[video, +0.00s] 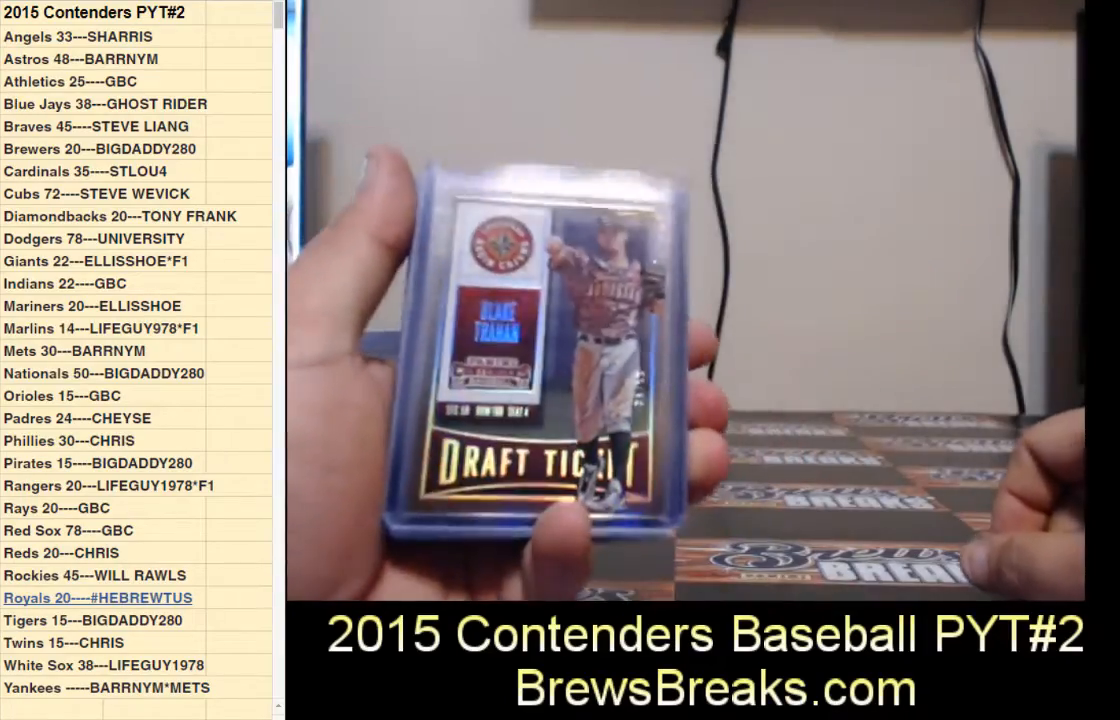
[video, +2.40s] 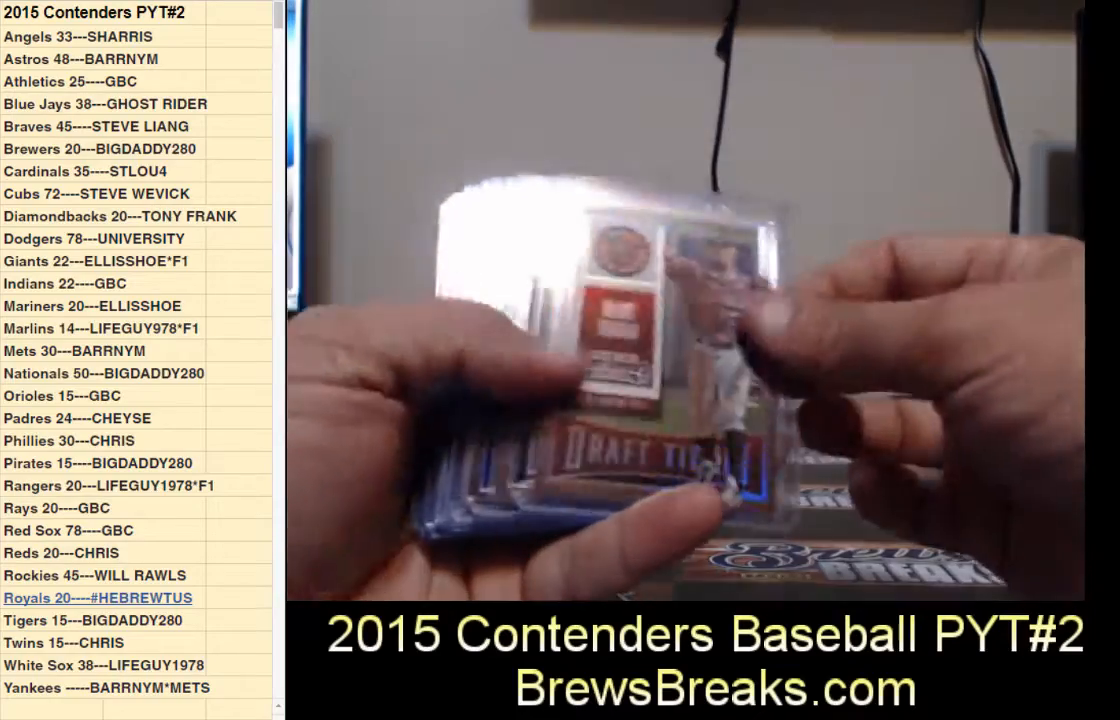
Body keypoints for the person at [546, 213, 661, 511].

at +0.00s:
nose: (610, 238)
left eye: (615, 233)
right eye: (605, 232)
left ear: (626, 237)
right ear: (597, 237)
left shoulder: (636, 272)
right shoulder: (585, 264)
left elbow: (655, 308)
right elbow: (569, 258)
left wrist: (659, 291)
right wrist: (559, 251)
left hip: (624, 348)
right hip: (589, 347)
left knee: (619, 415)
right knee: (586, 415)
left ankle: (617, 486)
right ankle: (589, 473)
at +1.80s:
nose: (629, 239)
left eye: (635, 234)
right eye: (625, 233)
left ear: (644, 240)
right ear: (620, 237)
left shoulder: (653, 270)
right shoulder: (605, 259)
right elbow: (578, 248)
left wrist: (680, 290)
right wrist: (581, 246)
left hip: (636, 336)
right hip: (604, 334)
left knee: (629, 399)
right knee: (599, 397)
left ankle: (626, 462)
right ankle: (598, 457)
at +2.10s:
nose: (651, 227)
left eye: (657, 221)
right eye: (647, 221)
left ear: (668, 225)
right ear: (641, 224)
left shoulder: (678, 257)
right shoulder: (629, 252)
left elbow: (697, 286)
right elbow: (603, 238)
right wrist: (610, 238)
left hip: (665, 318)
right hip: (634, 317)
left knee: (660, 382)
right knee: (629, 382)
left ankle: (661, 444)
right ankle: (631, 443)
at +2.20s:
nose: (672, 235)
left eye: (677, 229)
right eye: (667, 228)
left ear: (686, 233)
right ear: (659, 231)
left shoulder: (695, 263)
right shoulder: (648, 257)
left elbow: (711, 296)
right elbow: (622, 246)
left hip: (685, 328)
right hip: (654, 328)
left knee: (680, 393)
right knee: (650, 393)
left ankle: (681, 454)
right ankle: (653, 452)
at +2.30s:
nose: (702, 252)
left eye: (708, 247)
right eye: (698, 245)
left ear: (714, 249)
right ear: (691, 247)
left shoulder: (723, 275)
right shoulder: (675, 267)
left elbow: (735, 307)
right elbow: (645, 257)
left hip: (714, 340)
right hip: (682, 339)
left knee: (709, 403)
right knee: (679, 400)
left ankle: (710, 462)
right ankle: (682, 457)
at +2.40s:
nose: (723, 272)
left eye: (729, 266)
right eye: (716, 266)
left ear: (736, 262)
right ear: (706, 261)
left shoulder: (743, 284)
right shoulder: (695, 279)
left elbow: (772, 295)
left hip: (734, 352)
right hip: (704, 351)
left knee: (733, 417)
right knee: (704, 418)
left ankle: (734, 479)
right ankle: (709, 474)